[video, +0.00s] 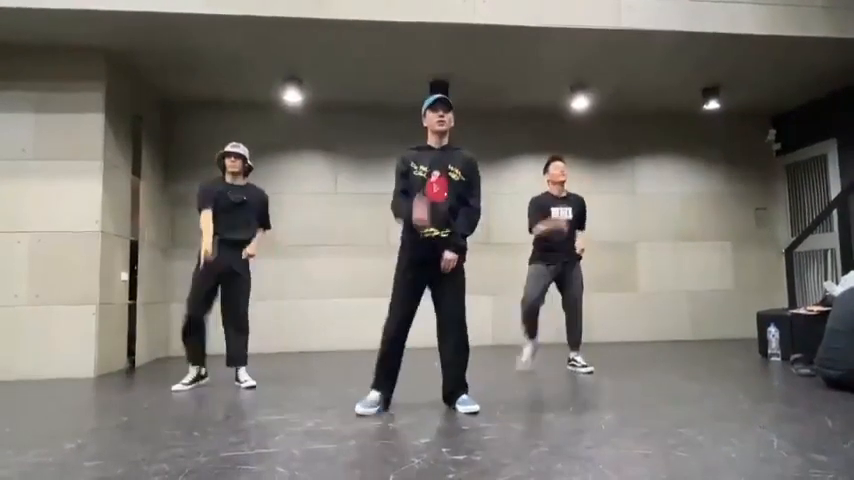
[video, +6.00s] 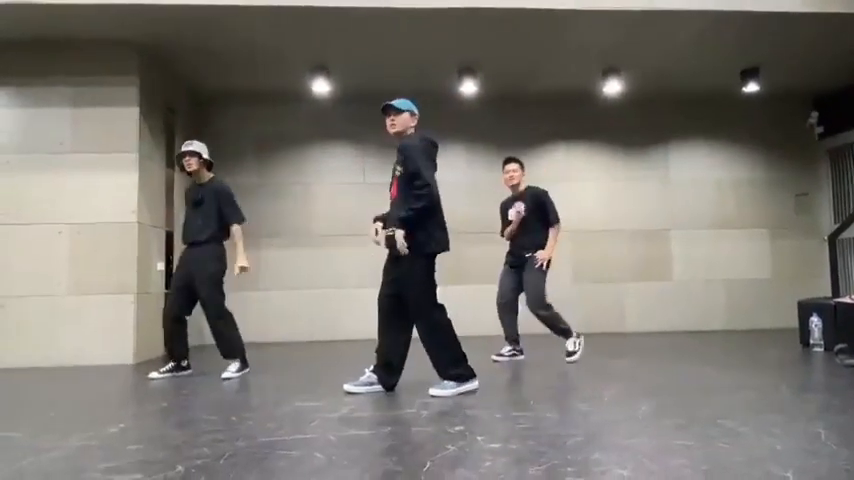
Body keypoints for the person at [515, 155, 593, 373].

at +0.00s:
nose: (562, 172)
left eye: (563, 169)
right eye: (557, 169)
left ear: (567, 174)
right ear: (547, 175)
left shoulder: (577, 202)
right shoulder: (537, 202)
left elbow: (580, 230)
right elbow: (534, 229)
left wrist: (579, 245)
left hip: (569, 261)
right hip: (542, 261)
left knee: (574, 305)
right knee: (530, 301)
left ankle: (574, 354)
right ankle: (531, 341)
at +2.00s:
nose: (556, 178)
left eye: (558, 175)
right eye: (551, 175)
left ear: (562, 179)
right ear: (542, 180)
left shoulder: (570, 203)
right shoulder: (532, 207)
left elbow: (577, 230)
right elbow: (518, 234)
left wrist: (580, 244)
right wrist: (532, 246)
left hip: (571, 266)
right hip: (545, 269)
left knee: (581, 308)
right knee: (532, 312)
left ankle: (585, 352)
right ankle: (519, 354)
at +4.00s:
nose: (548, 174)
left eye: (551, 171)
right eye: (543, 171)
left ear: (555, 176)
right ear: (535, 177)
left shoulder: (564, 201)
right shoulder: (525, 200)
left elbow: (591, 217)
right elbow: (511, 209)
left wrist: (577, 203)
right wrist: (508, 208)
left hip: (559, 267)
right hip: (531, 269)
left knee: (571, 307)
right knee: (529, 311)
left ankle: (582, 346)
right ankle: (538, 353)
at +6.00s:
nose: (511, 175)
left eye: (515, 171)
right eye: (507, 172)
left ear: (523, 174)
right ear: (503, 178)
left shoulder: (539, 196)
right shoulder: (506, 205)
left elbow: (555, 225)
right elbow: (506, 235)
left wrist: (547, 251)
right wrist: (514, 222)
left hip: (536, 255)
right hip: (514, 257)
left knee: (536, 303)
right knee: (505, 301)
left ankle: (571, 337)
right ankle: (513, 346)